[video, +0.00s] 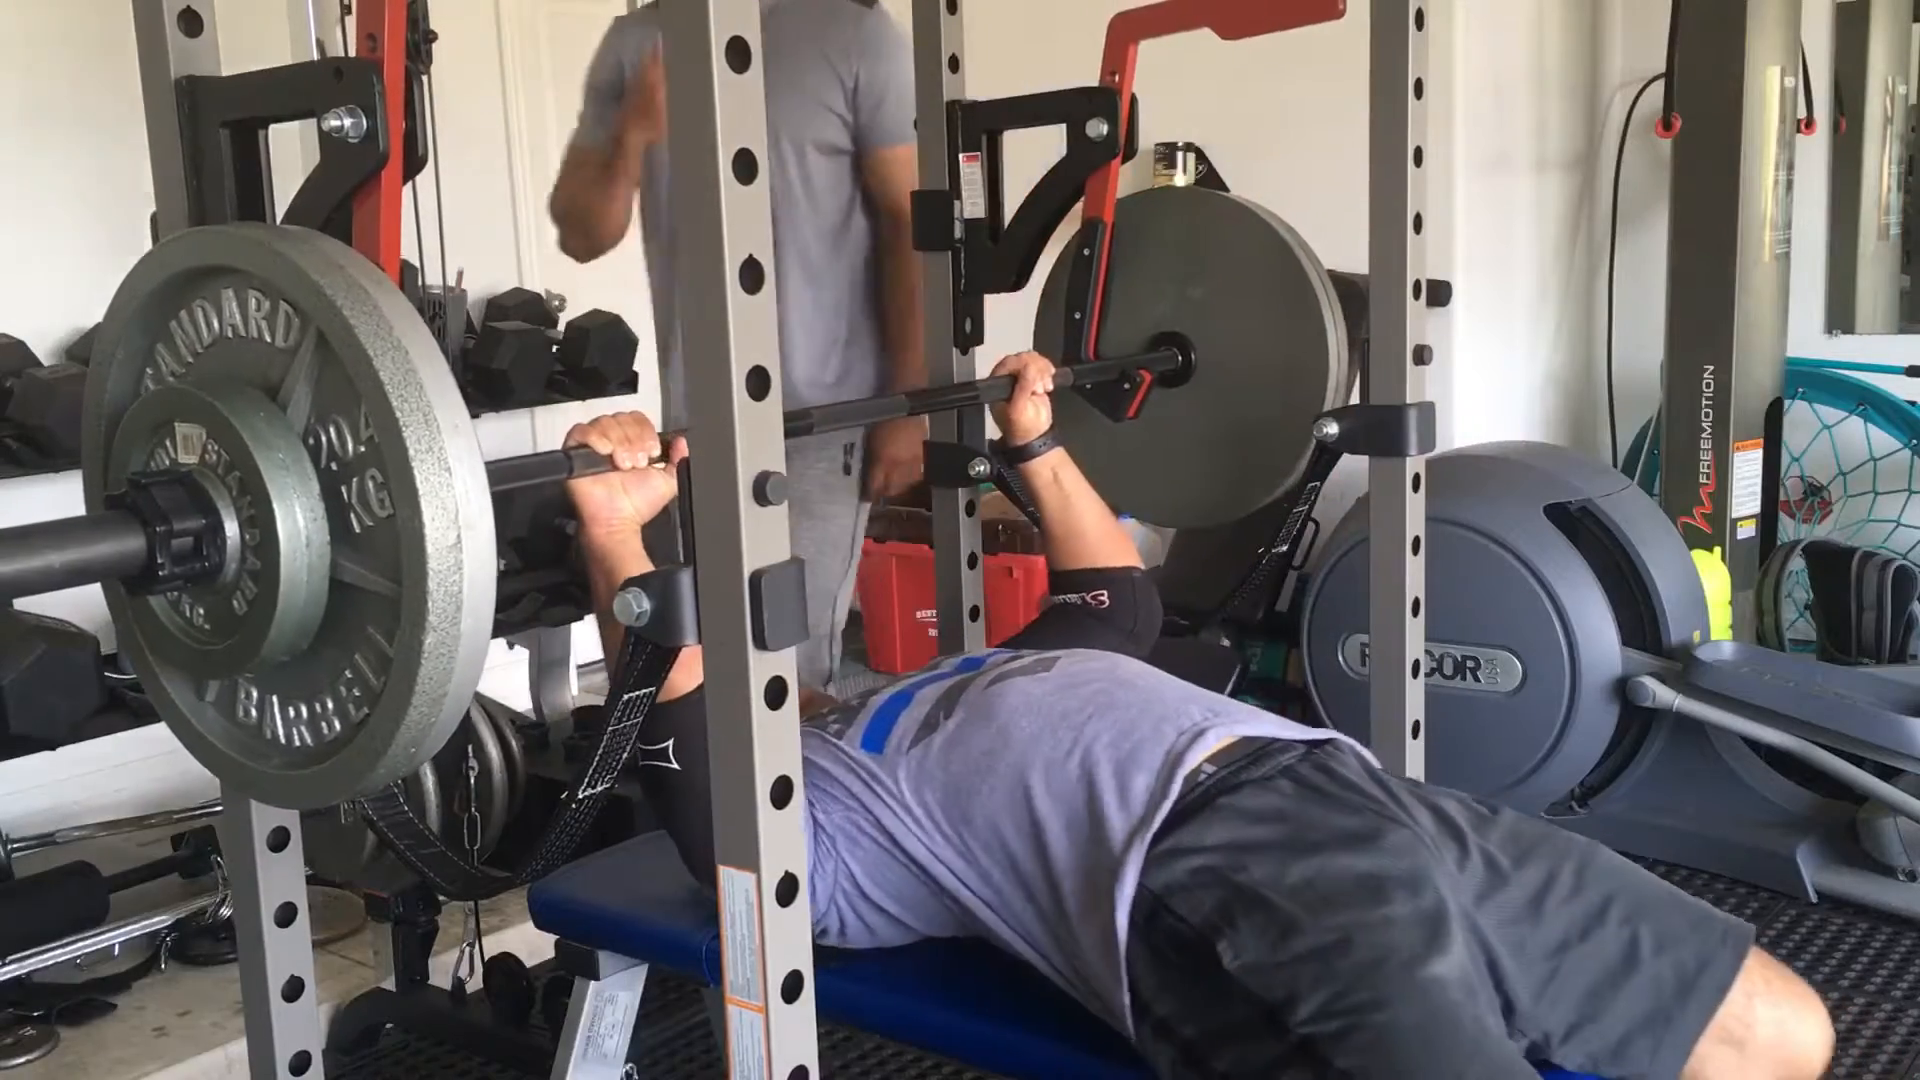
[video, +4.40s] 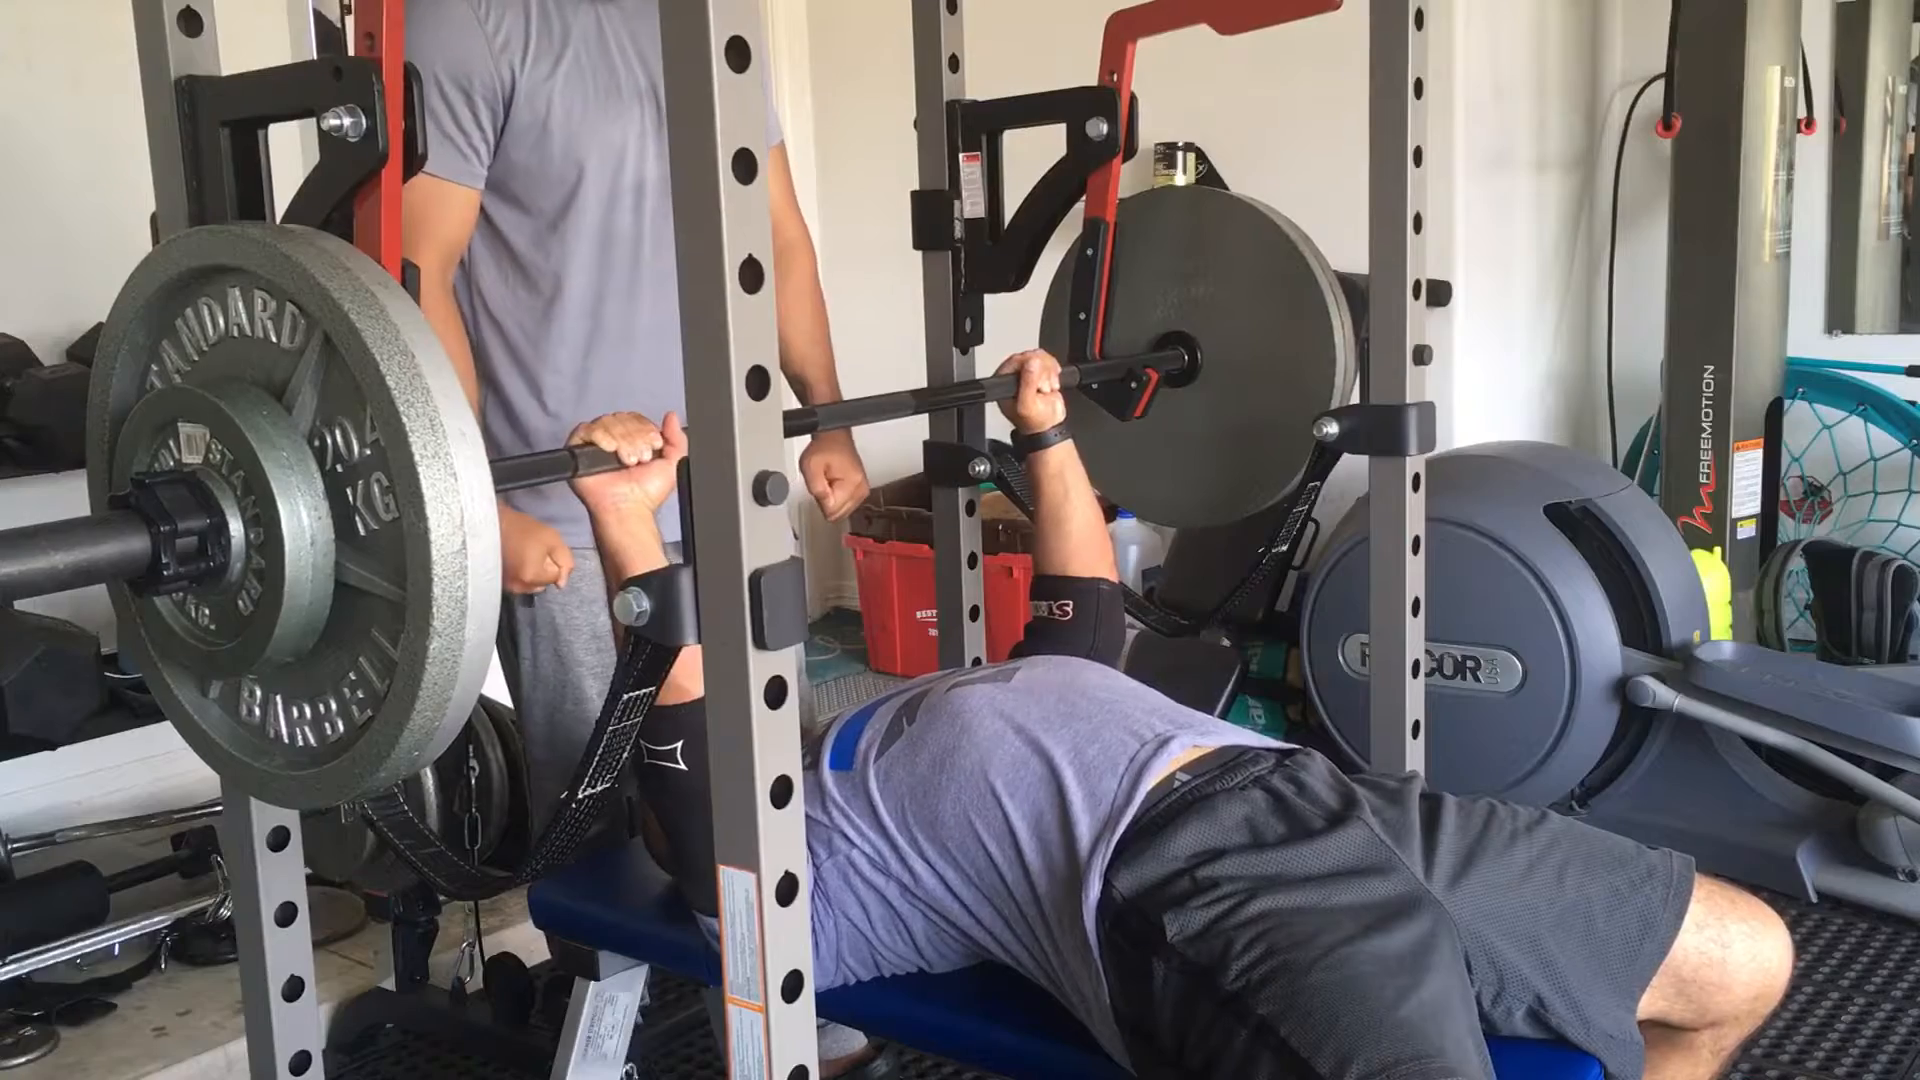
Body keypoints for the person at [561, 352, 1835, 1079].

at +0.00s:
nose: (789, 658)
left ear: (848, 659)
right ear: (739, 740)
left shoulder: (1008, 677)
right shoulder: (815, 819)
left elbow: (1123, 600)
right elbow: (711, 733)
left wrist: (1028, 446)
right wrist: (626, 551)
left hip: (1382, 789)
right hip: (1237, 863)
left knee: (1793, 1029)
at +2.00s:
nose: (736, 675)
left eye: (744, 673)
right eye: (713, 697)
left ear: (821, 689)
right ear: (715, 757)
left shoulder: (1012, 702)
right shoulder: (796, 833)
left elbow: (1104, 615)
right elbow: (703, 736)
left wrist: (1044, 447)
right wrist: (632, 541)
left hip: (1329, 789)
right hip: (1204, 873)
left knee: (1748, 966)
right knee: (1419, 1059)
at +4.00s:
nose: (735, 674)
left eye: (742, 676)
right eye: (715, 702)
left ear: (827, 692)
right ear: (722, 763)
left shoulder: (1028, 696)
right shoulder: (801, 837)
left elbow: (1088, 596)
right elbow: (689, 740)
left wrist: (1042, 432)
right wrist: (630, 537)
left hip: (1340, 786)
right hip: (1210, 881)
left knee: (1745, 958)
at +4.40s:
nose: (741, 669)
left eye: (747, 669)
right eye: (723, 692)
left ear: (821, 695)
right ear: (715, 762)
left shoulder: (1023, 704)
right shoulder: (782, 837)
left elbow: (1087, 601)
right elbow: (692, 716)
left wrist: (1045, 429)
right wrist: (628, 525)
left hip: (1331, 786)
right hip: (1207, 882)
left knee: (1746, 957)